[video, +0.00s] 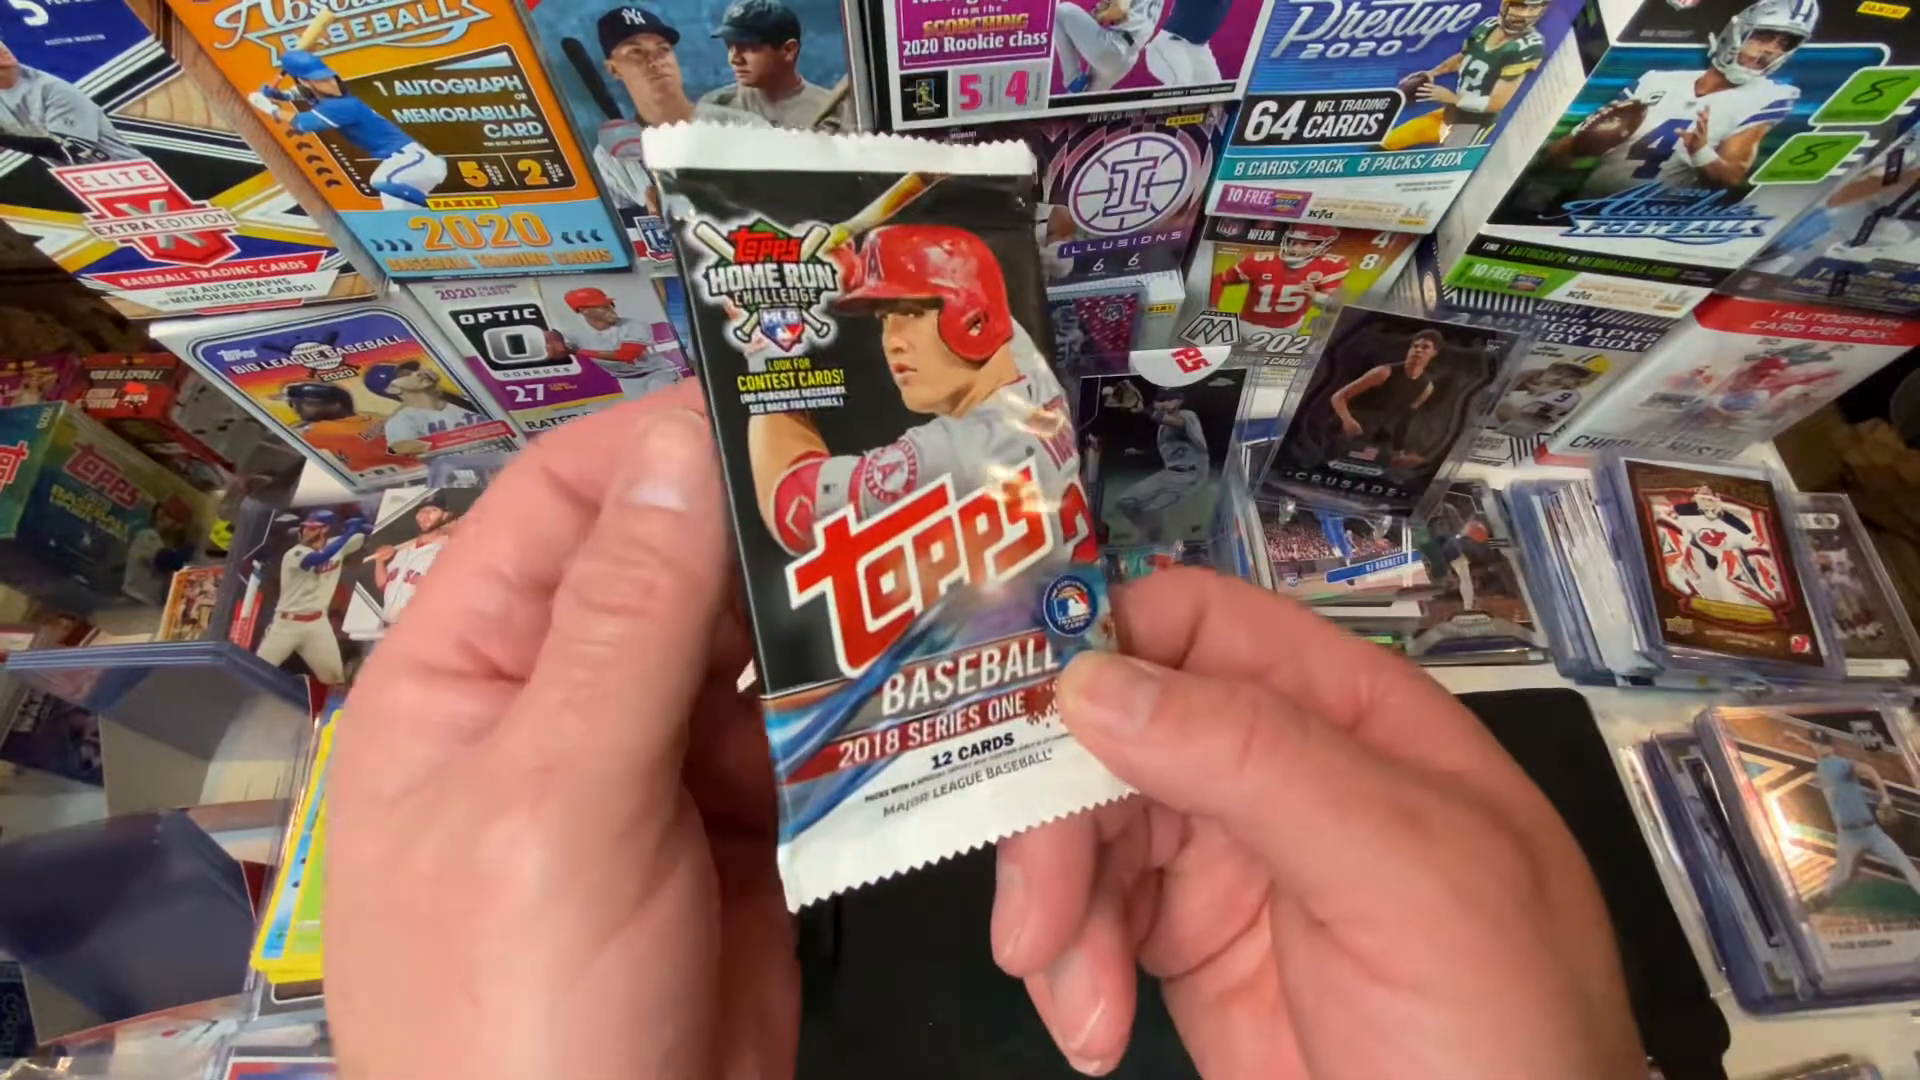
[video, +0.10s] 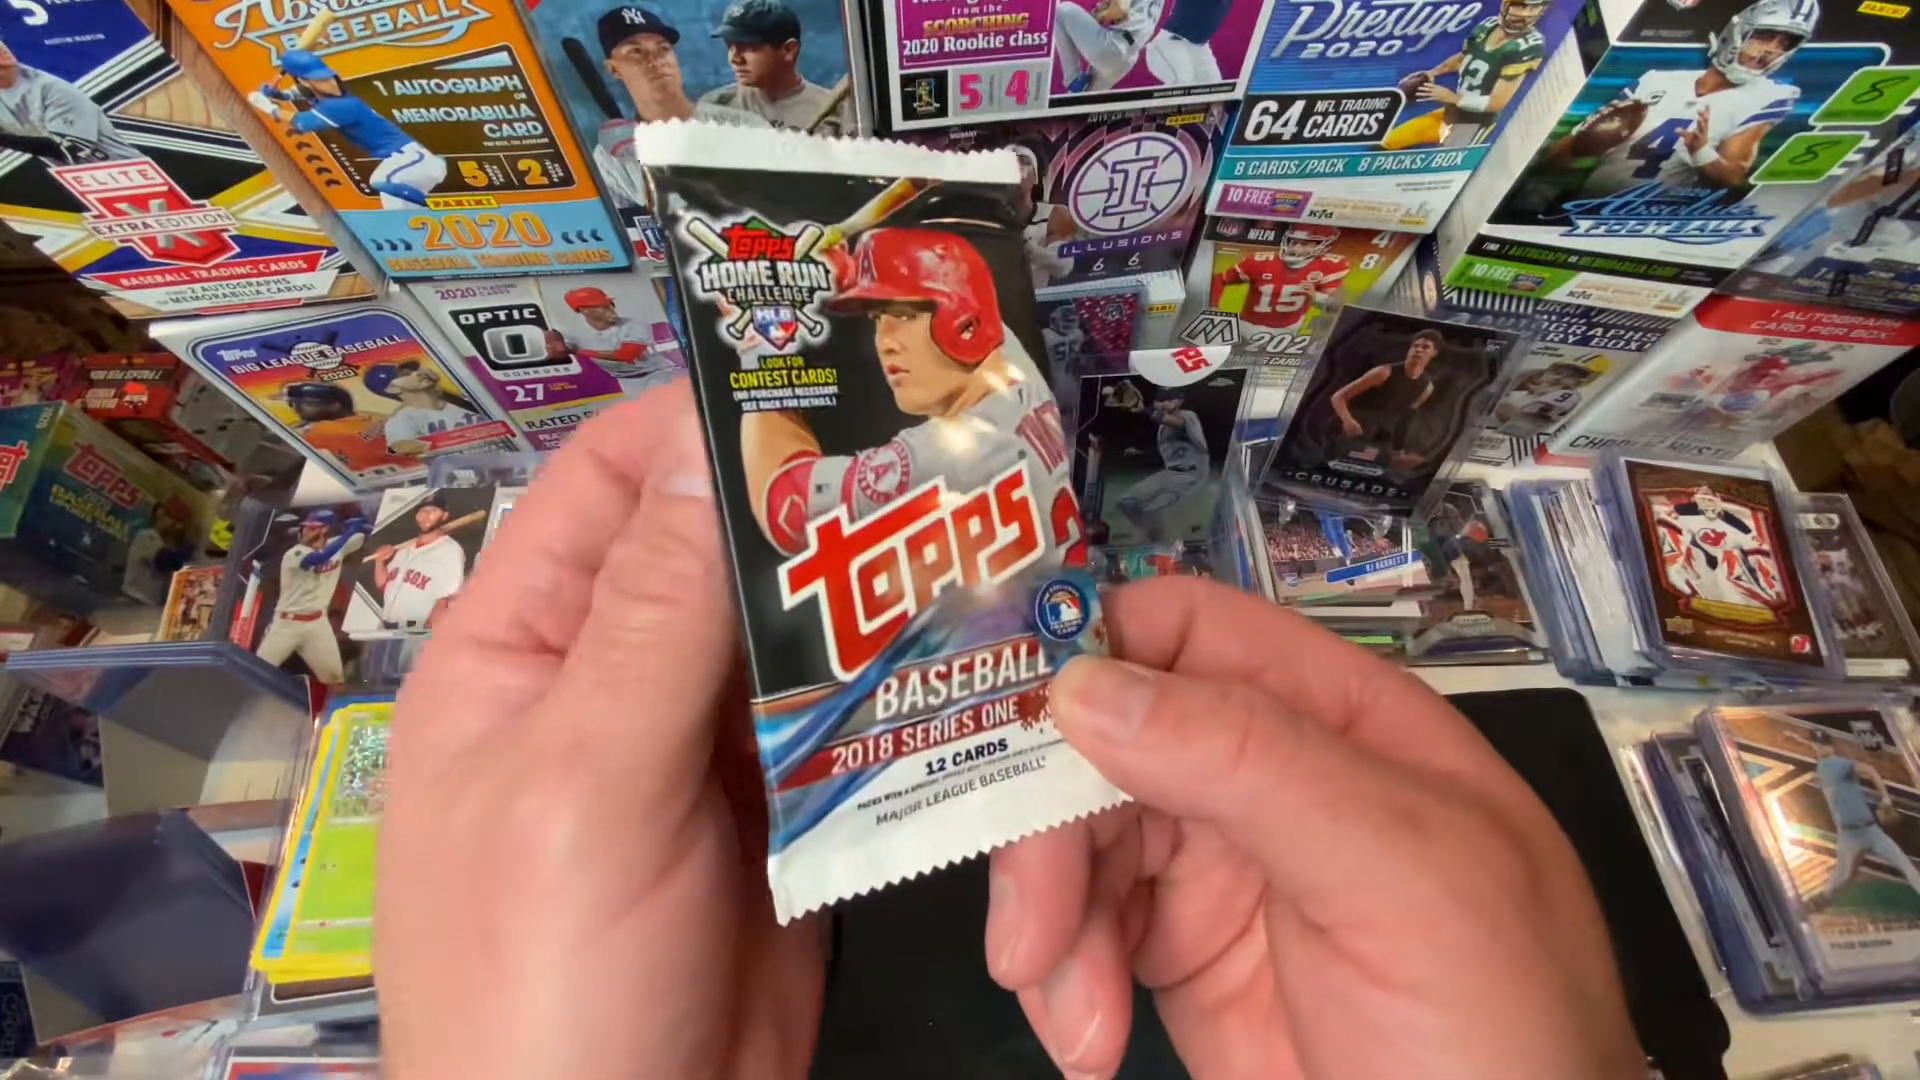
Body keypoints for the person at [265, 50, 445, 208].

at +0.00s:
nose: (331, 80)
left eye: (329, 76)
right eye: (324, 78)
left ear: (309, 83)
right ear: (307, 84)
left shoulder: (343, 106)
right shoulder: (331, 103)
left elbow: (299, 122)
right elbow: (299, 93)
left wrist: (270, 109)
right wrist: (276, 94)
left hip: (415, 159)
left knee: (381, 178)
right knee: (399, 222)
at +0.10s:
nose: (331, 80)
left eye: (328, 76)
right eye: (322, 78)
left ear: (309, 82)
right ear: (307, 83)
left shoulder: (343, 106)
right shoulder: (332, 103)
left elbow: (299, 122)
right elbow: (301, 92)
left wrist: (270, 108)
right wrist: (276, 94)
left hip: (415, 158)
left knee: (380, 179)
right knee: (398, 221)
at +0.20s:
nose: (300, 87)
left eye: (301, 82)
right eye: (300, 83)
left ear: (309, 83)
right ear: (325, 79)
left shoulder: (342, 107)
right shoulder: (334, 102)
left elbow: (299, 123)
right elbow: (303, 93)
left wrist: (270, 110)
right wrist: (278, 96)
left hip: (413, 159)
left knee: (380, 180)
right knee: (398, 222)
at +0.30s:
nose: (299, 87)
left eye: (300, 82)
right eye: (299, 83)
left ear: (307, 83)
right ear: (325, 77)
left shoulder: (341, 106)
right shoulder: (335, 100)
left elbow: (298, 122)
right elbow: (305, 91)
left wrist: (269, 107)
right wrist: (279, 95)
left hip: (414, 157)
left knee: (380, 179)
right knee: (397, 222)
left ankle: (432, 212)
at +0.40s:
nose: (299, 87)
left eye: (299, 82)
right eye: (298, 83)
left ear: (308, 83)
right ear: (324, 78)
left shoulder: (341, 107)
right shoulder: (334, 100)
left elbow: (298, 122)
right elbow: (303, 92)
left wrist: (268, 107)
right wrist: (277, 95)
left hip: (413, 157)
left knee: (380, 180)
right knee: (397, 222)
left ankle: (431, 214)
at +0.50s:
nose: (297, 87)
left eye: (298, 82)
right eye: (298, 83)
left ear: (306, 83)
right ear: (323, 77)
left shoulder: (341, 107)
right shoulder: (332, 100)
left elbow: (298, 122)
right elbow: (302, 93)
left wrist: (268, 108)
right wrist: (277, 95)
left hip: (414, 158)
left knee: (380, 180)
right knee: (397, 224)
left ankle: (432, 213)